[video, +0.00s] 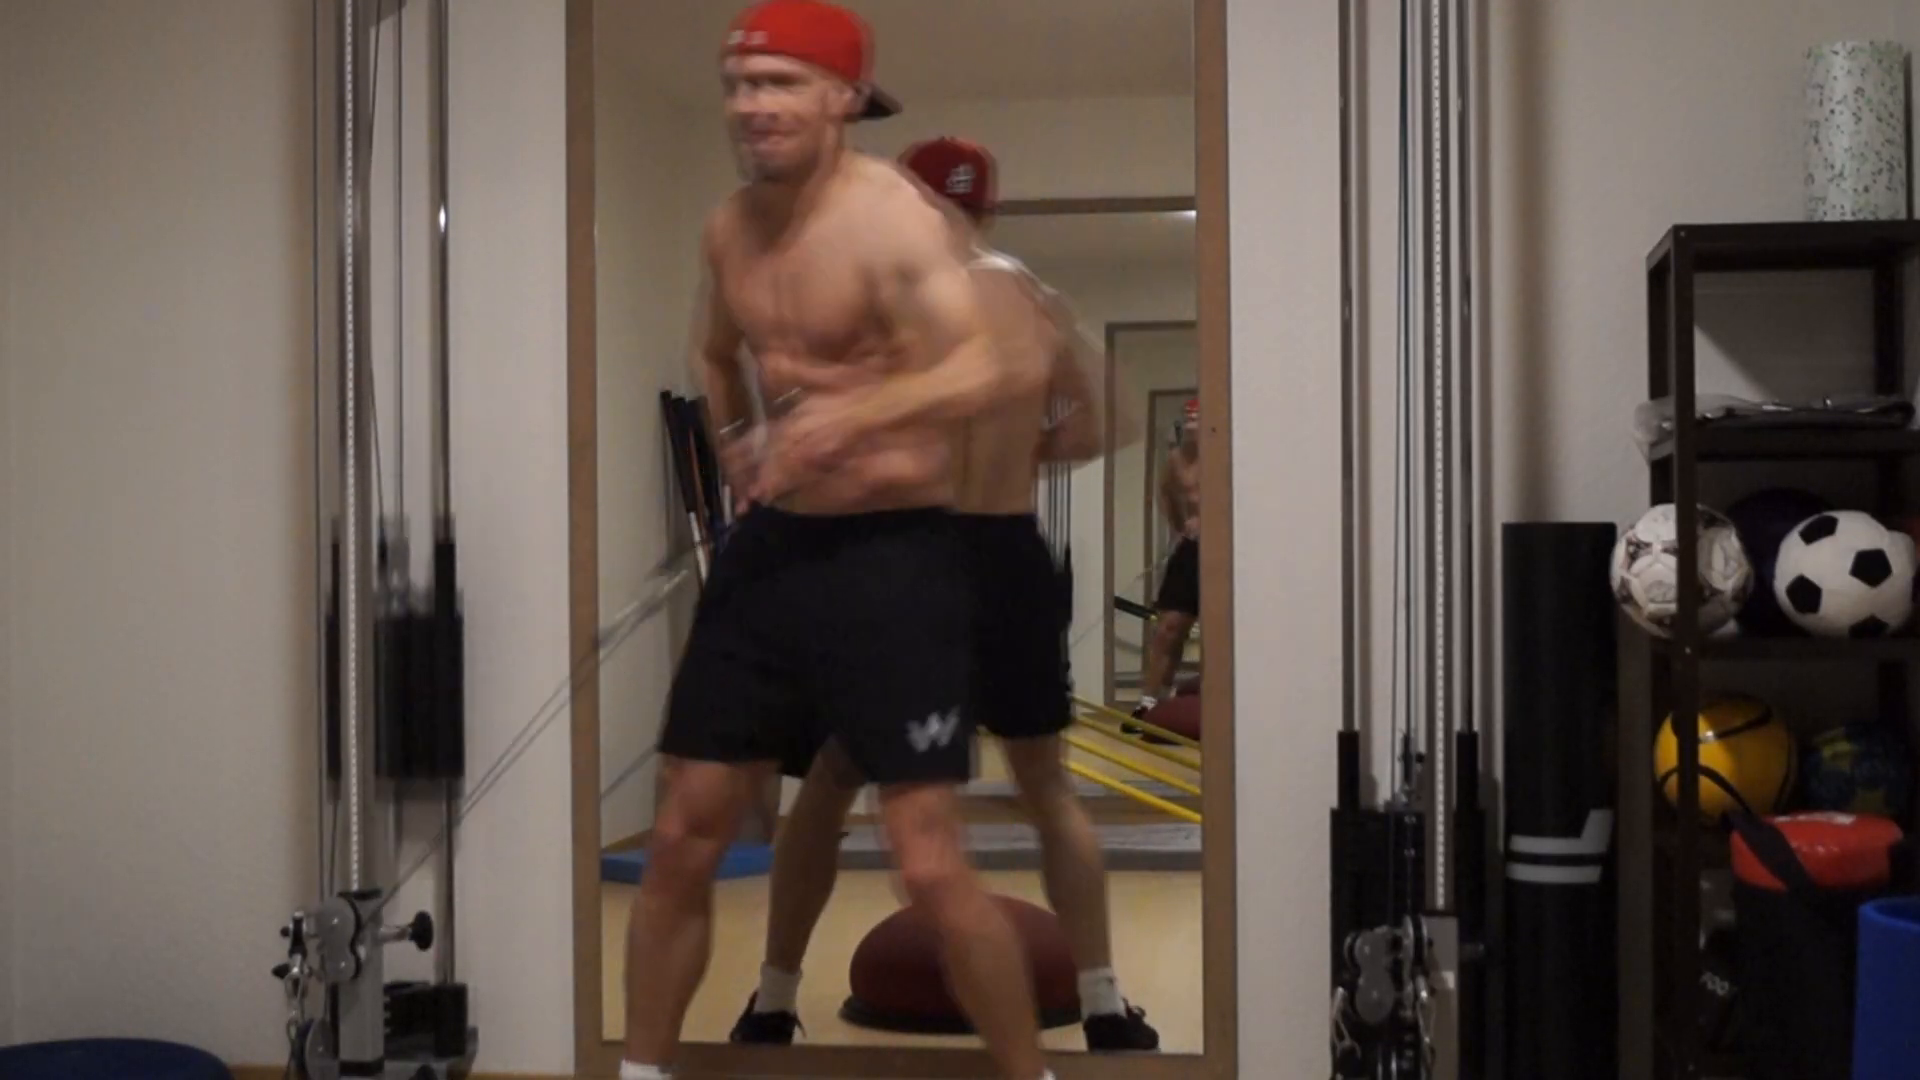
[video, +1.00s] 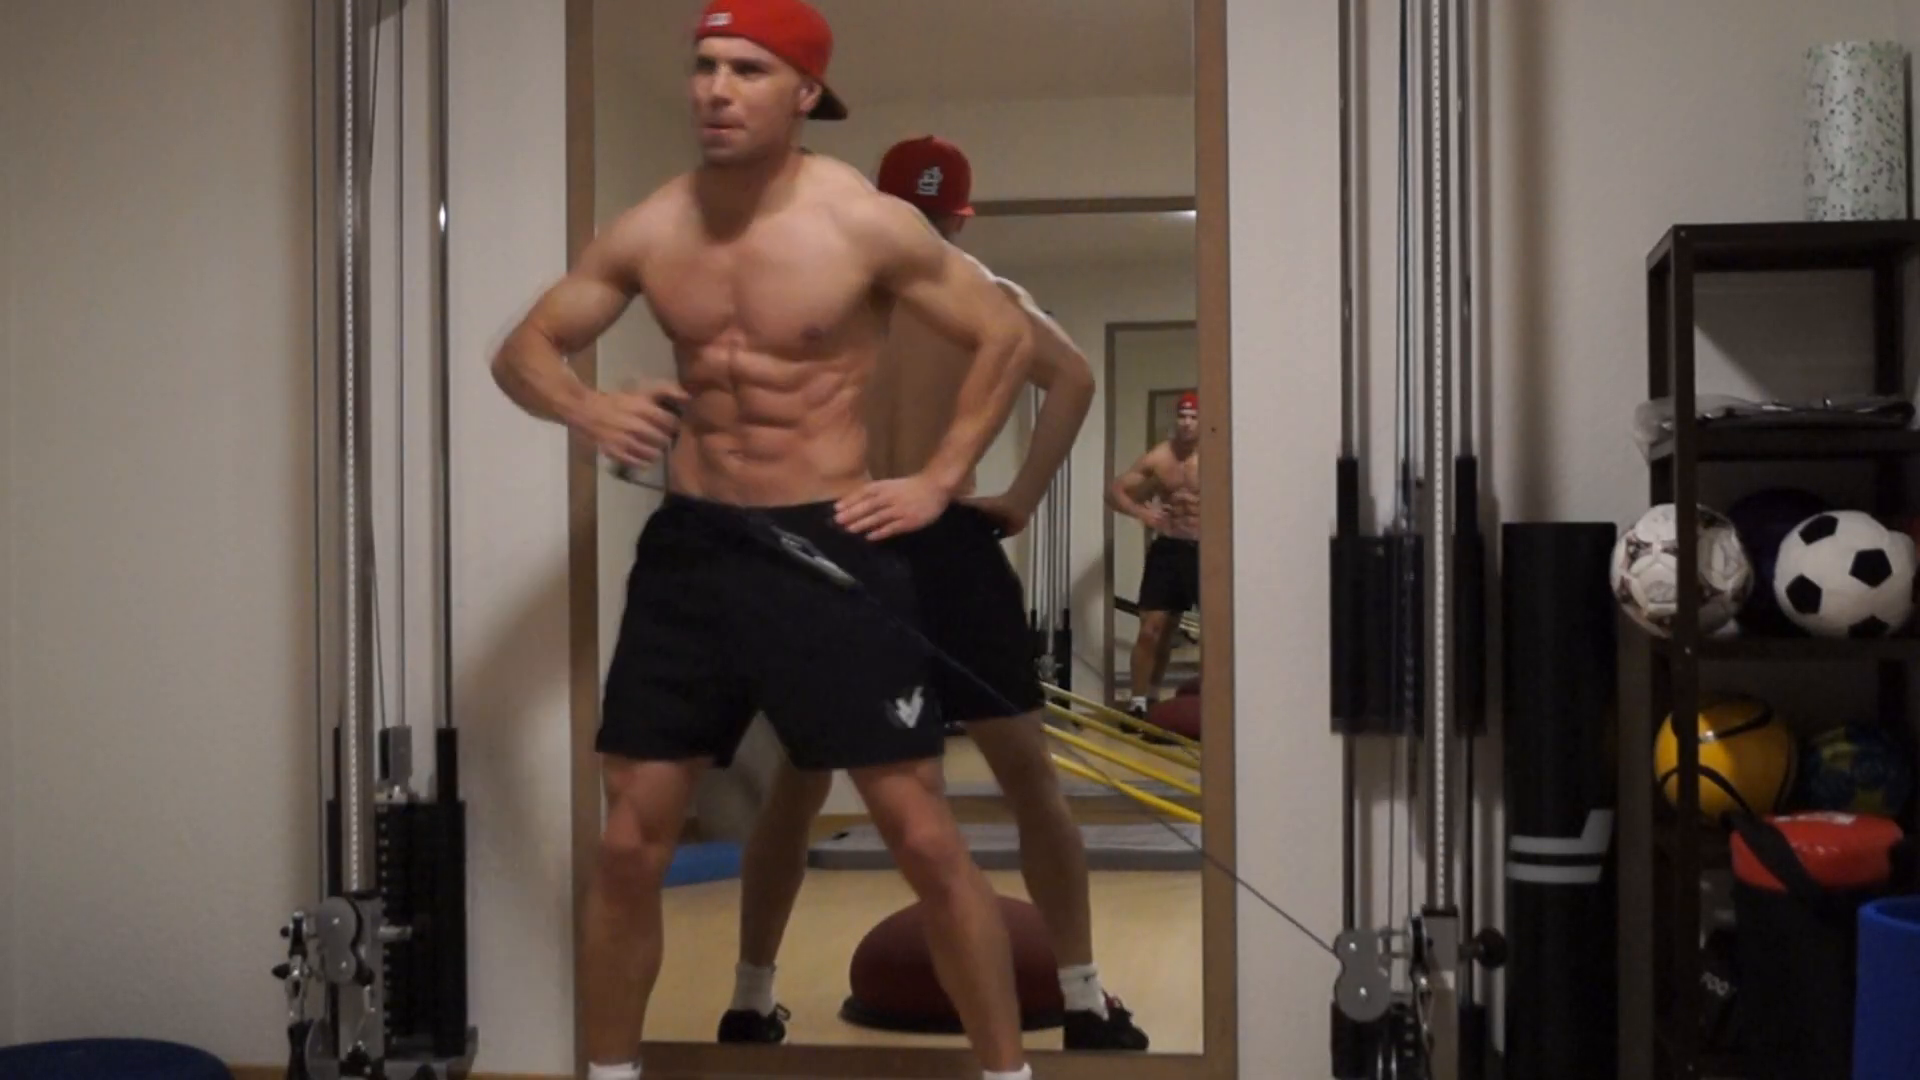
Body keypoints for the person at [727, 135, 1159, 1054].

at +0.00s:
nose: (906, 211)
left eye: (911, 195)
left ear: (914, 202)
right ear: (987, 207)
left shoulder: (877, 295)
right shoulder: (1032, 298)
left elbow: (837, 419)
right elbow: (1093, 427)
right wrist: (1015, 450)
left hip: (902, 561)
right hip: (1014, 559)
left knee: (827, 786)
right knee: (1050, 787)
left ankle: (774, 995)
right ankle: (1102, 1000)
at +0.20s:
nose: (864, 232)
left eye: (867, 219)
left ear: (876, 222)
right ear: (948, 223)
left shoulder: (868, 298)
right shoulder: (996, 311)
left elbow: (824, 439)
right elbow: (1004, 442)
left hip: (900, 569)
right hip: (1003, 568)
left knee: (811, 793)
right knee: (1017, 799)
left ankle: (773, 1000)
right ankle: (1095, 998)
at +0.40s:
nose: (878, 237)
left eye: (886, 225)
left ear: (903, 229)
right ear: (975, 233)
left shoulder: (887, 314)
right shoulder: (1019, 314)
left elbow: (831, 446)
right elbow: (1023, 438)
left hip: (911, 576)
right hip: (1019, 575)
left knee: (820, 795)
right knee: (1040, 792)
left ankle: (778, 999)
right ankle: (1100, 994)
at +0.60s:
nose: (997, 228)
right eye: (995, 214)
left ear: (913, 212)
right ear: (992, 222)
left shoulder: (860, 291)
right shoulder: (1007, 318)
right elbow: (997, 478)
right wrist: (980, 498)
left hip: (850, 545)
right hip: (959, 556)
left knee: (815, 798)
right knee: (1045, 788)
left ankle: (753, 997)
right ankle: (1110, 1005)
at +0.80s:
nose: (935, 232)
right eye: (942, 216)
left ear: (860, 207)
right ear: (944, 217)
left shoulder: (803, 287)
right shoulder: (972, 297)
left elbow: (677, 392)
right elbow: (1064, 373)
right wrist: (1012, 494)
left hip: (820, 556)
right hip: (943, 553)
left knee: (788, 793)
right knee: (1016, 780)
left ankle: (750, 1002)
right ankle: (1084, 998)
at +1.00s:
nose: (963, 226)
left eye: (940, 212)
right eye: (964, 214)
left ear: (876, 205)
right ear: (963, 216)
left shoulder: (817, 282)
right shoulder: (985, 292)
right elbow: (1073, 378)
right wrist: (1022, 499)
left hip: (835, 554)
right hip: (954, 552)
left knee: (797, 784)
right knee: (1029, 779)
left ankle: (751, 1001)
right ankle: (1083, 1000)